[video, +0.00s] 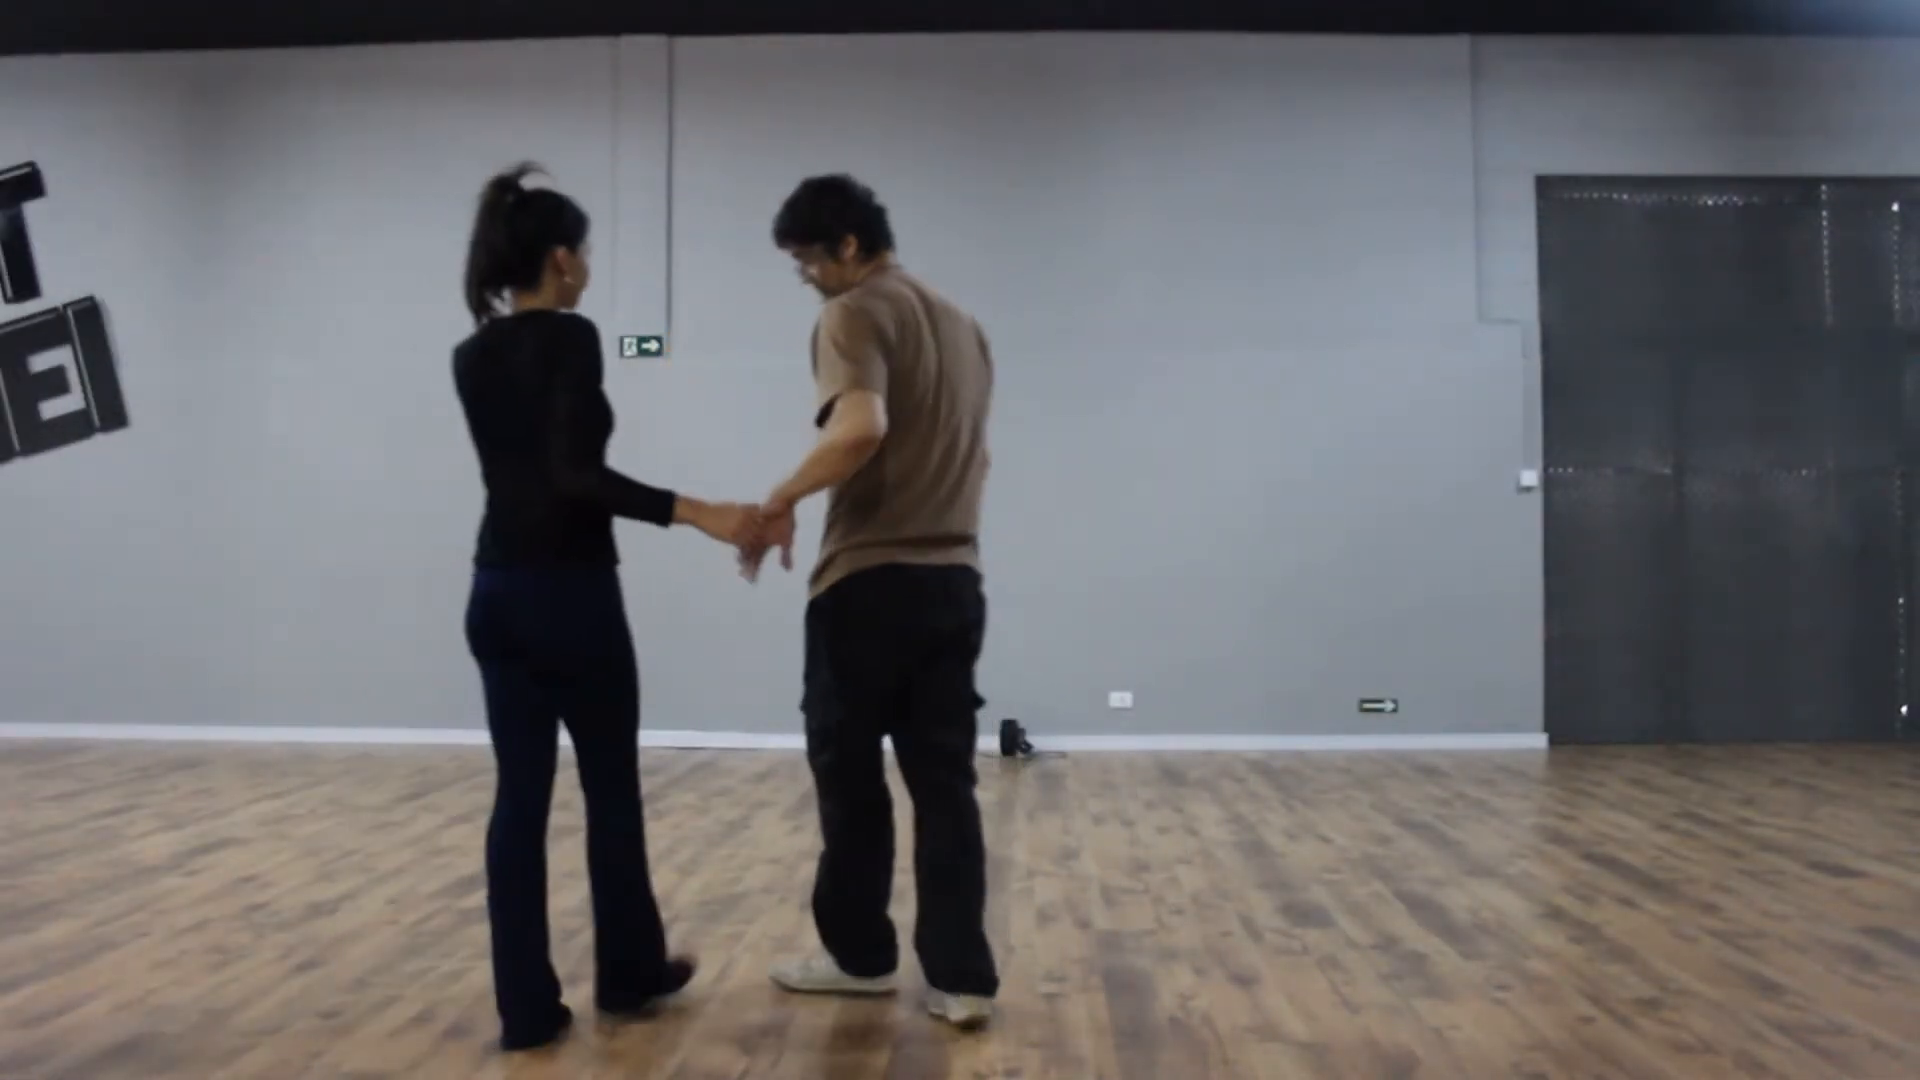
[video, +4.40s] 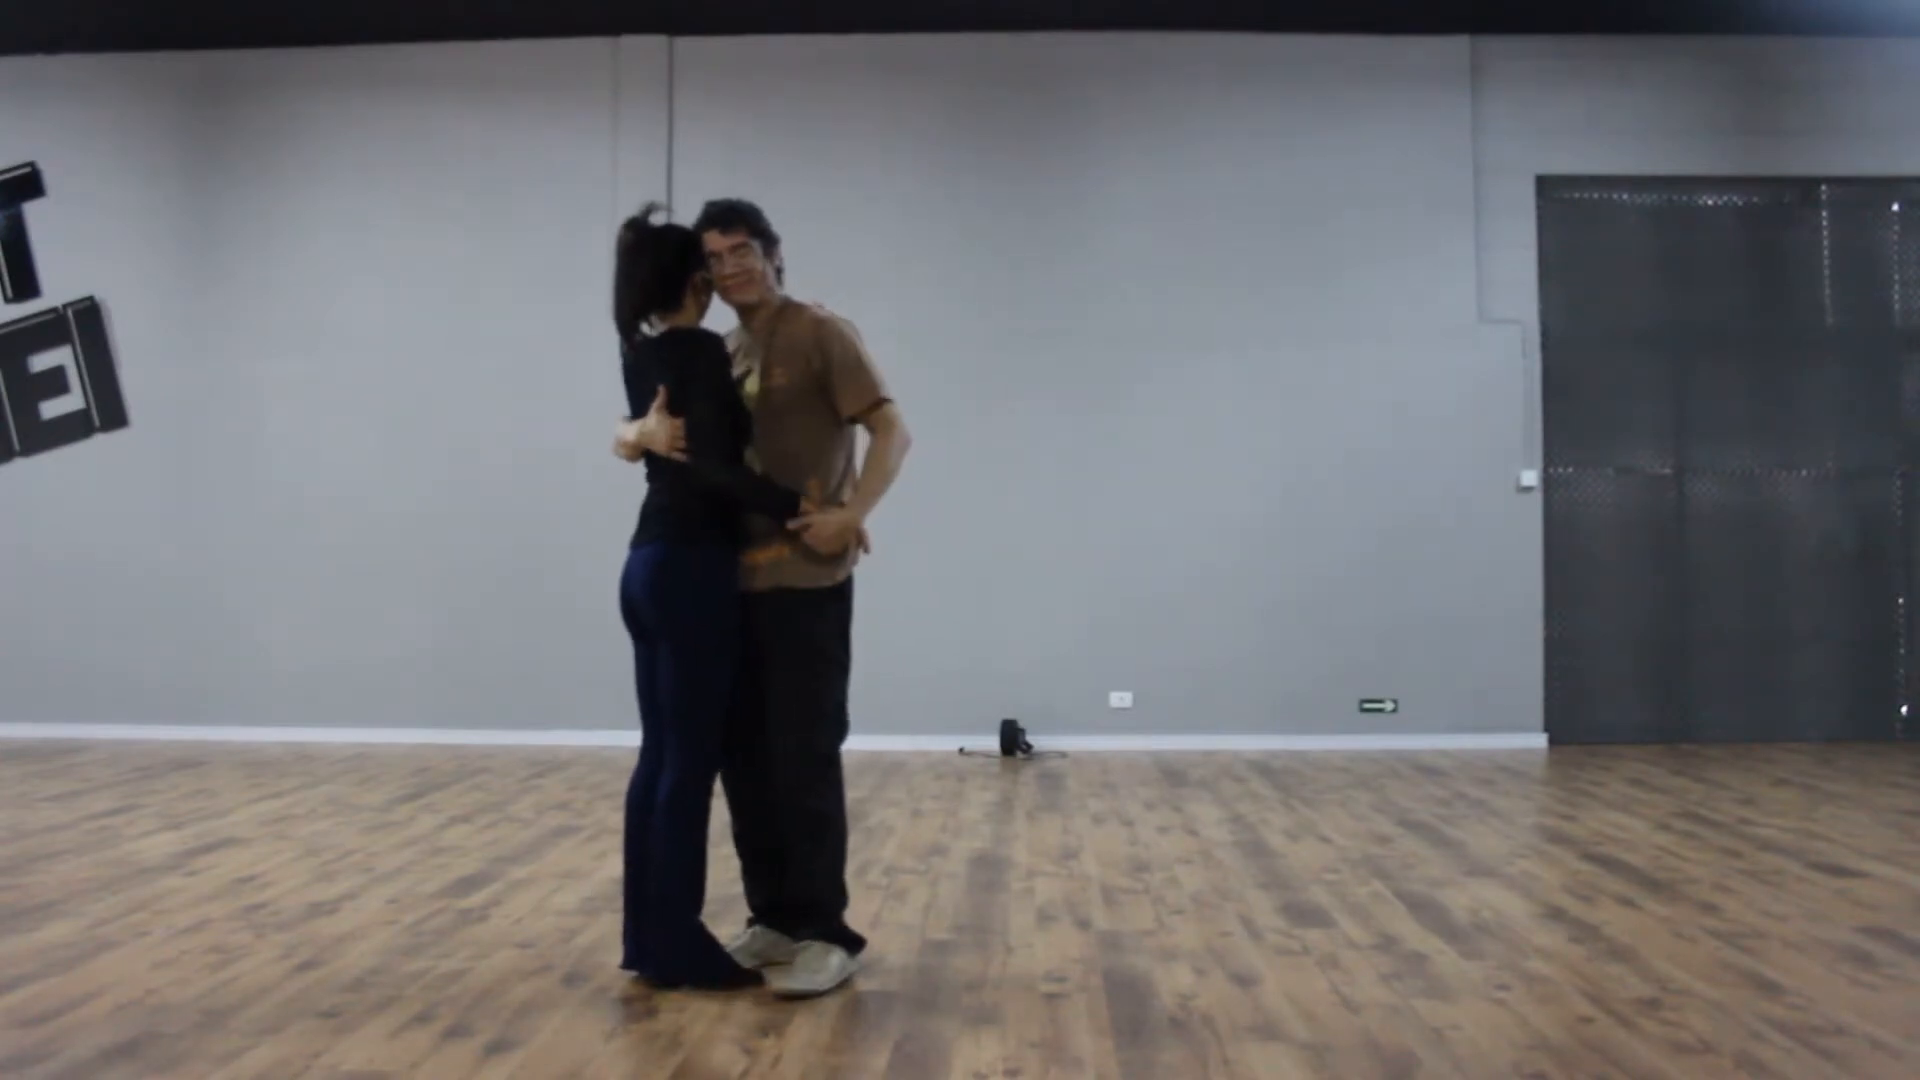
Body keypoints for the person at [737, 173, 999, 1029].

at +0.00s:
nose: (806, 281)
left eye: (808, 264)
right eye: (799, 267)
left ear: (848, 245)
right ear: (877, 245)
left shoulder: (852, 314)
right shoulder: (965, 327)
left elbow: (859, 427)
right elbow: (966, 450)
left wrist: (780, 499)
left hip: (864, 588)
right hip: (952, 587)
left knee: (847, 774)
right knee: (946, 779)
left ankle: (858, 954)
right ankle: (961, 979)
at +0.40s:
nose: (756, 284)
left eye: (761, 268)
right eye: (750, 269)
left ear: (805, 255)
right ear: (815, 255)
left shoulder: (833, 323)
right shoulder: (865, 313)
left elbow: (870, 445)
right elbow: (883, 448)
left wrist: (808, 544)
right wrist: (826, 540)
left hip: (840, 577)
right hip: (874, 573)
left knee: (826, 761)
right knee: (850, 749)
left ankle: (860, 953)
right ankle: (911, 919)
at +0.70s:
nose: (742, 289)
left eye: (752, 274)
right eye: (736, 275)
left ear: (799, 262)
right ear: (763, 265)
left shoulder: (835, 331)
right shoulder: (798, 333)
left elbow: (882, 448)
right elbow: (776, 443)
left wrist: (825, 552)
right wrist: (727, 530)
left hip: (833, 577)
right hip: (796, 574)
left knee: (834, 758)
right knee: (777, 747)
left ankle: (865, 954)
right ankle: (791, 922)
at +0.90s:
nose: (733, 289)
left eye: (745, 275)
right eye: (727, 276)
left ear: (789, 263)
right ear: (731, 268)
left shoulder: (828, 331)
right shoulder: (759, 339)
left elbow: (880, 443)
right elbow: (729, 418)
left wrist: (827, 547)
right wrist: (679, 471)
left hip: (815, 578)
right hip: (765, 573)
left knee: (822, 756)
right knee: (754, 749)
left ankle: (864, 947)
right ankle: (775, 921)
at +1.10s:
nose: (725, 276)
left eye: (739, 261)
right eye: (714, 264)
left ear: (776, 259)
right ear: (705, 266)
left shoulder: (813, 327)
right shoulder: (718, 350)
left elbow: (865, 433)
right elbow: (652, 430)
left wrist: (822, 531)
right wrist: (560, 475)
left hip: (796, 569)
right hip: (740, 568)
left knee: (791, 750)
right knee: (740, 748)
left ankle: (858, 940)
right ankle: (775, 923)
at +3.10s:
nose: (754, 264)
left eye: (765, 246)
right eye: (738, 253)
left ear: (798, 249)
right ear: (728, 267)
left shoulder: (843, 326)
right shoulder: (735, 349)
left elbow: (942, 396)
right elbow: (646, 450)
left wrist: (926, 511)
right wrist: (666, 432)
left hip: (841, 587)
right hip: (761, 589)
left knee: (833, 767)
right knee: (756, 761)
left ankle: (822, 942)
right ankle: (773, 922)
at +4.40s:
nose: (732, 268)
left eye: (743, 252)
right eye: (717, 260)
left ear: (774, 255)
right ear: (706, 275)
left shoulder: (821, 335)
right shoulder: (715, 352)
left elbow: (890, 433)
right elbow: (626, 438)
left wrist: (851, 515)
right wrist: (640, 436)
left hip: (806, 580)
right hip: (737, 581)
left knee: (804, 757)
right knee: (745, 759)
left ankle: (827, 936)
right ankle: (774, 922)